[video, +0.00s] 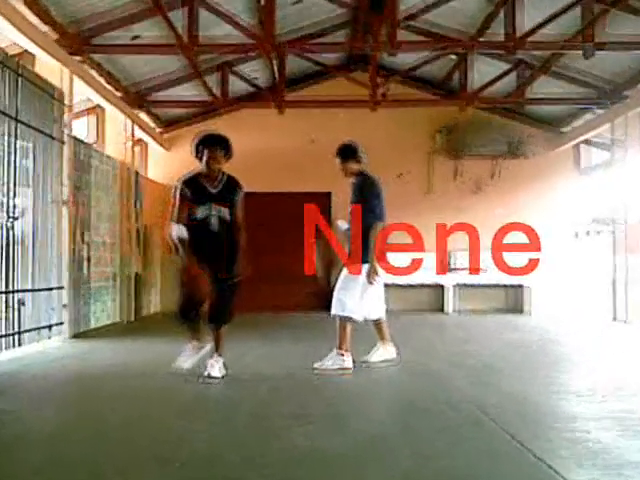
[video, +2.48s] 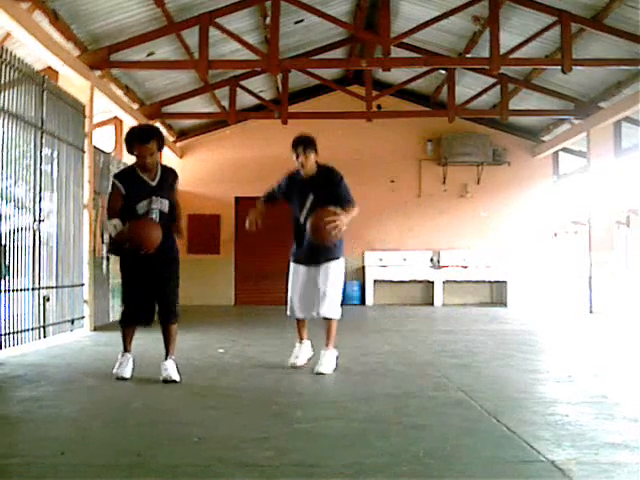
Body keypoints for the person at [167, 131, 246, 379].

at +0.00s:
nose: (215, 158)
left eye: (220, 153)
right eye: (211, 153)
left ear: (226, 157)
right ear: (202, 155)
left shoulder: (233, 187)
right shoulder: (188, 185)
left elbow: (240, 226)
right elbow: (178, 225)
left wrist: (240, 260)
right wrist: (187, 259)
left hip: (224, 256)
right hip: (195, 255)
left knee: (219, 307)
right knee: (190, 302)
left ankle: (217, 355)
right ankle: (196, 342)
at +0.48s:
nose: (207, 174)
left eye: (211, 169)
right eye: (203, 169)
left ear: (218, 166)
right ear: (196, 166)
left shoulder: (228, 188)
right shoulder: (186, 187)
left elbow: (244, 214)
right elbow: (170, 217)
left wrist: (257, 231)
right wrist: (168, 242)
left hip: (220, 256)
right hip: (191, 256)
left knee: (223, 303)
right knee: (187, 304)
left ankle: (225, 347)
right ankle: (187, 348)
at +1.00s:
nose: (181, 175)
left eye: (185, 171)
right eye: (177, 170)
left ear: (195, 167)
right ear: (173, 167)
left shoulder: (205, 190)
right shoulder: (161, 187)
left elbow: (208, 224)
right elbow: (152, 226)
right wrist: (155, 258)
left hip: (196, 253)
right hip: (169, 255)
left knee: (194, 302)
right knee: (174, 303)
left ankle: (189, 350)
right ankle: (183, 347)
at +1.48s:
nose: (151, 167)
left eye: (156, 162)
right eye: (148, 162)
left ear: (167, 161)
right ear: (143, 161)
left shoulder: (182, 184)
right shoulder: (137, 184)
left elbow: (211, 207)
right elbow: (113, 203)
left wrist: (197, 226)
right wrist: (98, 202)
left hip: (177, 255)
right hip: (148, 255)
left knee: (183, 306)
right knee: (134, 306)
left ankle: (186, 353)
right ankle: (125, 356)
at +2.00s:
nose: (120, 172)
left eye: (124, 167)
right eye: (116, 167)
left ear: (136, 161)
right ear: (112, 165)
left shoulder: (154, 179)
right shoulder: (108, 190)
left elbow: (174, 208)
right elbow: (108, 223)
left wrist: (179, 244)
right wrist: (109, 249)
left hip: (153, 250)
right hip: (125, 252)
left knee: (147, 302)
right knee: (121, 305)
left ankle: (162, 344)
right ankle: (123, 356)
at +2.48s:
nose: (147, 160)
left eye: (151, 154)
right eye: (141, 155)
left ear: (160, 150)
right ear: (133, 153)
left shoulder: (170, 176)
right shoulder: (122, 179)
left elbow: (175, 204)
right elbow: (112, 215)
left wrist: (178, 223)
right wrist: (119, 230)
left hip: (165, 248)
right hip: (134, 251)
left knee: (169, 304)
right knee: (132, 305)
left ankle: (170, 359)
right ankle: (126, 355)